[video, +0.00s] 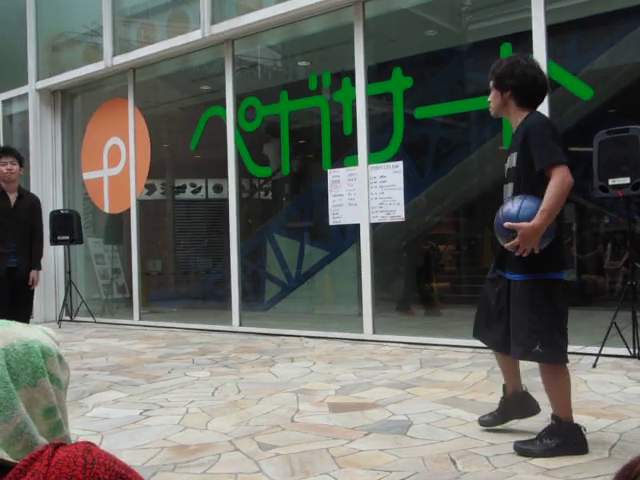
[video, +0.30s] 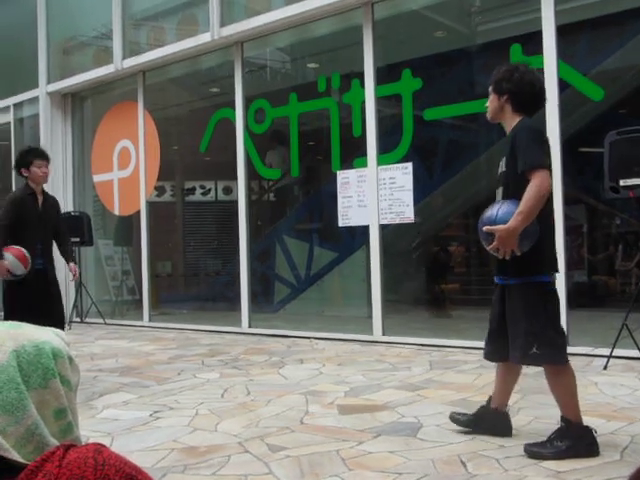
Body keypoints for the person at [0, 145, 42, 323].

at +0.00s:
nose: (9, 168)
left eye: (13, 164)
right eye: (4, 164)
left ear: (21, 169)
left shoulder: (31, 201)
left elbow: (37, 237)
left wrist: (35, 267)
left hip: (22, 270)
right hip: (2, 271)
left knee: (20, 322)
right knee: (3, 321)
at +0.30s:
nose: (44, 171)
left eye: (46, 166)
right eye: (39, 167)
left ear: (49, 169)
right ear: (25, 172)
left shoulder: (51, 202)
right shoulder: (13, 201)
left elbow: (61, 235)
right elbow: (4, 234)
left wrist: (70, 260)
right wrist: (3, 260)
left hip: (45, 272)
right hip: (19, 272)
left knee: (54, 320)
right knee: (21, 321)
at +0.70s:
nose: (107, 179)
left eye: (107, 175)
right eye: (103, 174)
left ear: (92, 177)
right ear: (89, 176)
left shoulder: (89, 201)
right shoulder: (85, 201)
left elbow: (95, 239)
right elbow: (93, 233)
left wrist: (102, 277)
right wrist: (108, 257)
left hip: (75, 273)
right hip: (81, 274)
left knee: (63, 323)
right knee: (97, 320)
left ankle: (49, 365)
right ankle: (112, 364)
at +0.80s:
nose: (120, 181)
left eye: (120, 177)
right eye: (118, 176)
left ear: (104, 179)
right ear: (105, 178)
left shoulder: (97, 201)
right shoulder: (100, 201)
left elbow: (102, 242)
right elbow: (111, 230)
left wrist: (117, 275)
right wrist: (130, 254)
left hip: (90, 272)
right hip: (95, 273)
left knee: (87, 320)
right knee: (110, 318)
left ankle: (64, 360)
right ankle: (120, 364)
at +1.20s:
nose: (125, 174)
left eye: (124, 170)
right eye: (123, 170)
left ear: (105, 175)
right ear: (115, 174)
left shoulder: (99, 202)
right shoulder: (120, 198)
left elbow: (108, 239)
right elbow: (141, 226)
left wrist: (133, 260)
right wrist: (162, 248)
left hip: (104, 270)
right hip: (122, 268)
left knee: (116, 315)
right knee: (146, 308)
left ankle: (115, 362)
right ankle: (167, 354)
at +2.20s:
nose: (120, 179)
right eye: (119, 176)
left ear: (99, 180)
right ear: (119, 178)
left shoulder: (94, 205)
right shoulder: (129, 204)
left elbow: (88, 232)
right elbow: (138, 236)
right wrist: (131, 248)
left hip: (100, 265)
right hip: (125, 266)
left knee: (92, 303)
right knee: (128, 305)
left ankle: (88, 344)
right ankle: (130, 348)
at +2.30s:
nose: (117, 179)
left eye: (115, 175)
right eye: (115, 176)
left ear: (96, 181)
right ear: (111, 179)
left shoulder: (90, 204)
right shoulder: (119, 204)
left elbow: (92, 233)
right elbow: (131, 231)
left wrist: (123, 248)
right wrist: (135, 247)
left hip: (94, 266)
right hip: (117, 265)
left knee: (90, 304)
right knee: (126, 304)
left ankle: (90, 343)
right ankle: (129, 346)